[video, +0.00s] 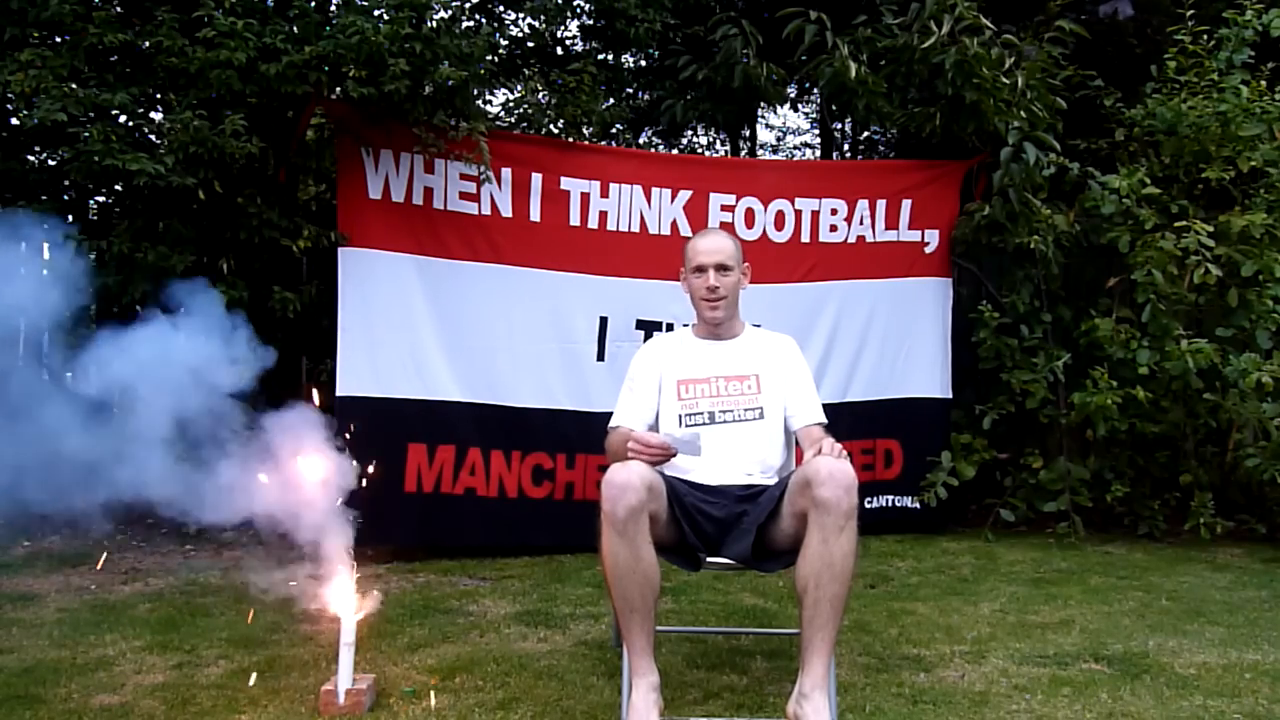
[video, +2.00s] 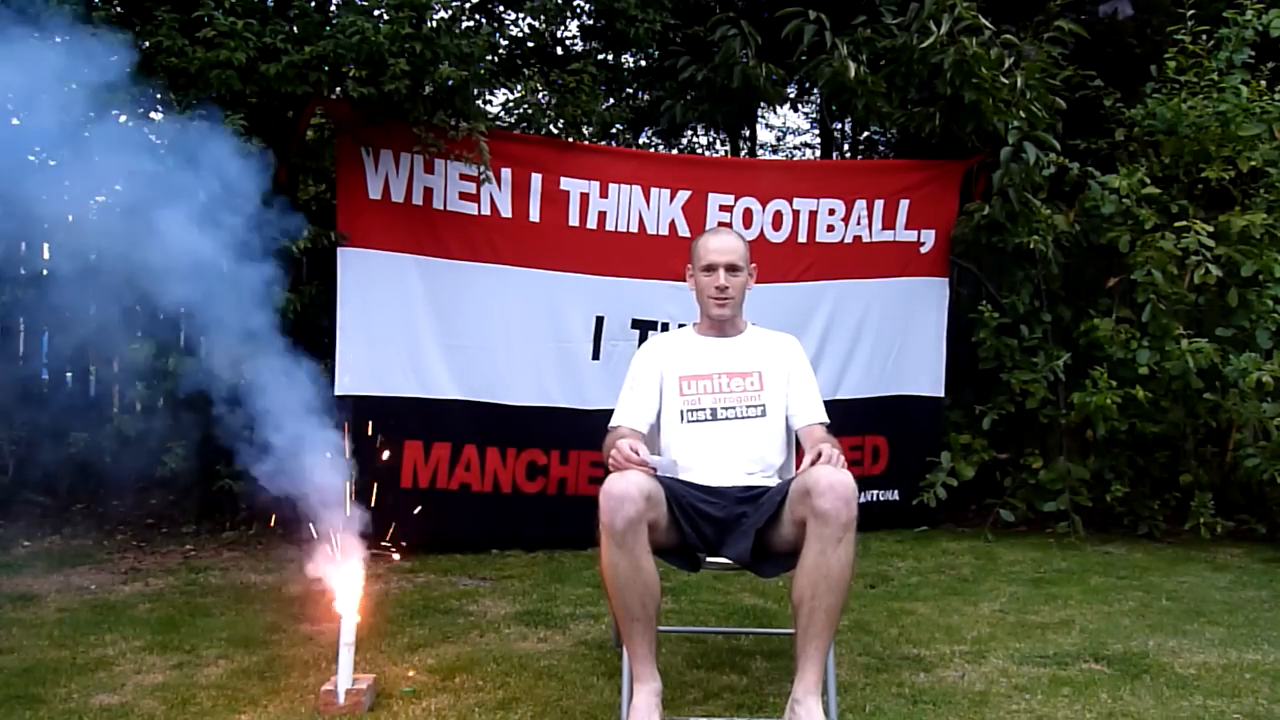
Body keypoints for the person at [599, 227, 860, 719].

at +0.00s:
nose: (711, 283)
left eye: (723, 270)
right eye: (699, 272)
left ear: (744, 276)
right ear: (684, 281)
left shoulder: (780, 350)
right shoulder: (657, 353)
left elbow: (811, 437)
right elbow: (614, 442)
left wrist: (825, 449)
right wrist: (634, 443)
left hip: (768, 502)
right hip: (680, 502)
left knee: (836, 477)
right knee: (620, 483)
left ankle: (813, 690)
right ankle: (642, 681)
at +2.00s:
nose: (721, 281)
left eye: (733, 270)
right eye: (709, 270)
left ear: (750, 278)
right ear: (691, 278)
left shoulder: (784, 349)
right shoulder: (658, 351)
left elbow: (814, 432)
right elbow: (622, 435)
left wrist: (824, 449)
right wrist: (621, 446)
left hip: (768, 503)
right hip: (680, 501)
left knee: (835, 485)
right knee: (619, 492)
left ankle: (807, 695)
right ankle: (645, 687)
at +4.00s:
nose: (720, 279)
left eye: (731, 268)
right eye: (707, 269)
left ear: (748, 276)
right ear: (689, 278)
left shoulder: (782, 351)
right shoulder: (657, 354)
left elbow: (814, 434)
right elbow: (622, 438)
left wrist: (824, 450)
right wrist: (622, 446)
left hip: (767, 503)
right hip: (680, 501)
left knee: (839, 499)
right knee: (618, 493)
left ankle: (804, 698)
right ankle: (645, 688)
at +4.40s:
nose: (721, 281)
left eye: (732, 269)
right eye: (709, 269)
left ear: (749, 278)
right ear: (690, 278)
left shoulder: (782, 351)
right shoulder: (657, 353)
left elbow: (814, 434)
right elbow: (621, 437)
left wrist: (825, 448)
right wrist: (622, 445)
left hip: (767, 503)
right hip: (680, 501)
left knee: (838, 494)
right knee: (617, 493)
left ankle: (804, 698)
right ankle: (645, 687)